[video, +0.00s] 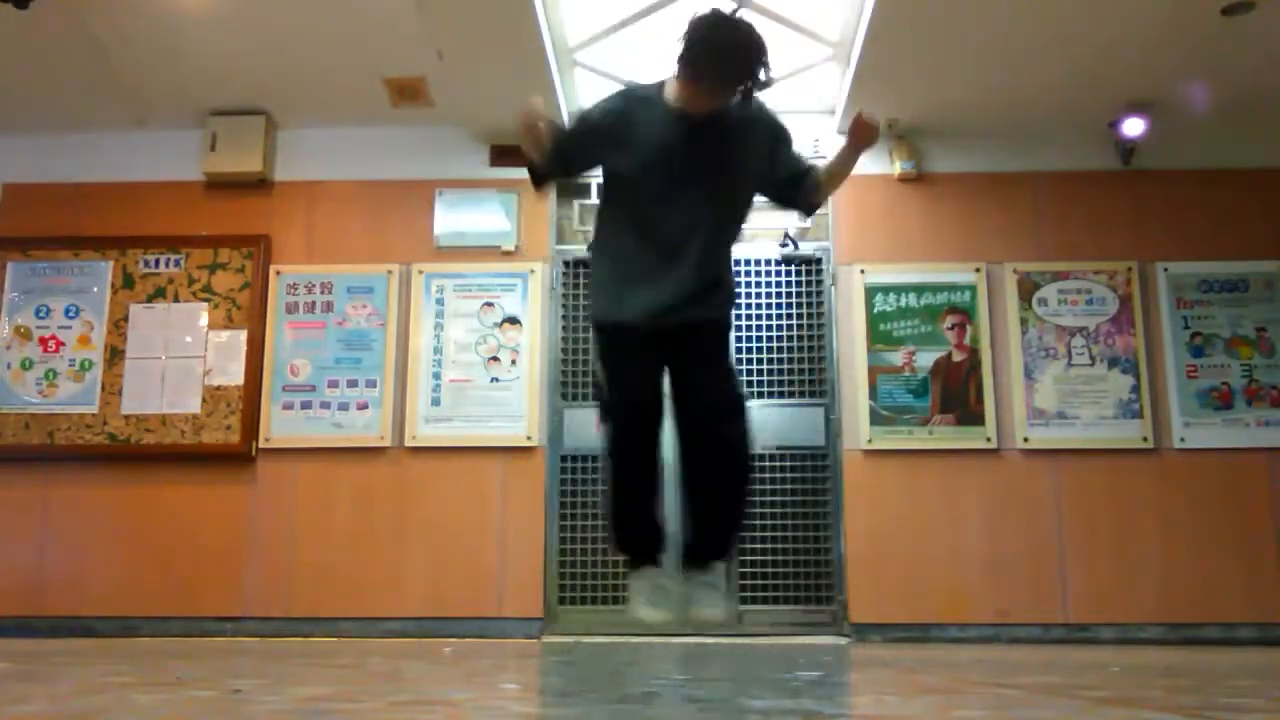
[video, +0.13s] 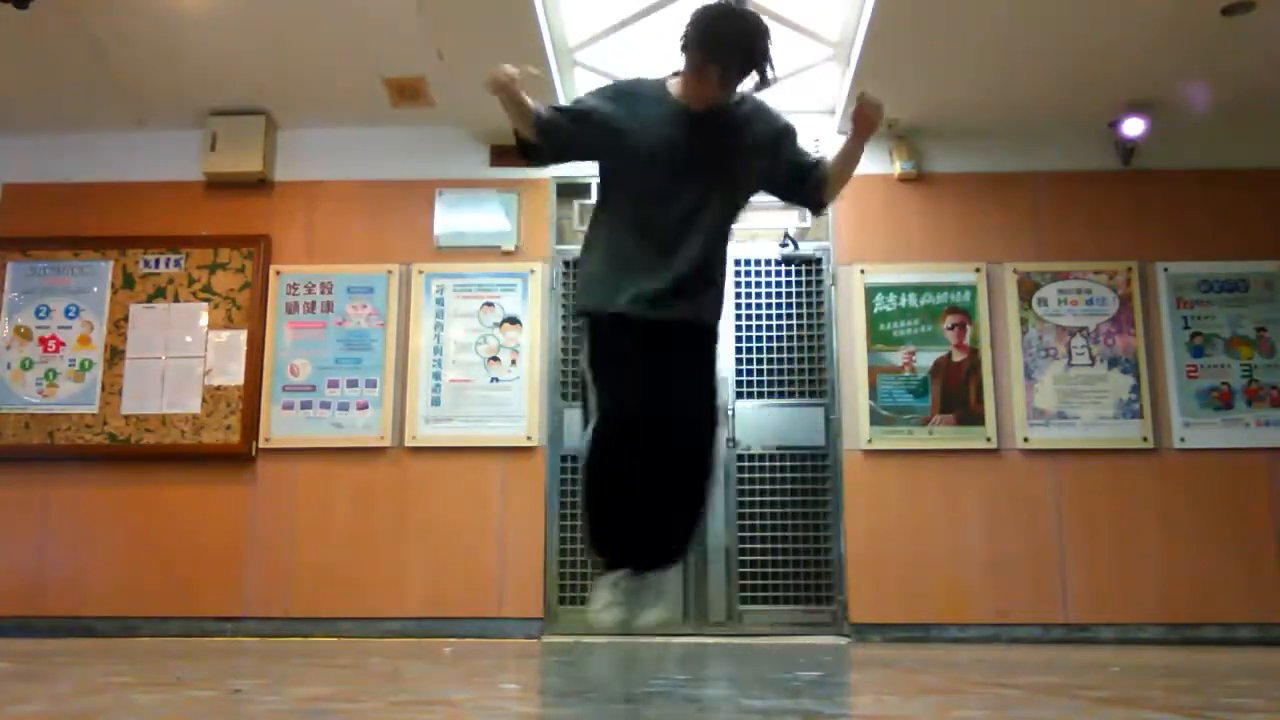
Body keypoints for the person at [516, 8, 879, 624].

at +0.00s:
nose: (711, 99)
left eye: (724, 89)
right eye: (709, 85)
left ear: (740, 84)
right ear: (693, 68)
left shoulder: (752, 128)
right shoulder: (629, 112)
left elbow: (807, 192)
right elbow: (555, 161)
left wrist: (851, 150)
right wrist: (537, 136)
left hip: (702, 310)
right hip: (624, 309)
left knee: (717, 433)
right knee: (633, 435)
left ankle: (706, 569)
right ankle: (643, 570)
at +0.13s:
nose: (718, 92)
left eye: (731, 80)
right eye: (713, 76)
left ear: (745, 73)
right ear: (690, 56)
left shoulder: (755, 128)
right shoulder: (629, 104)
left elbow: (817, 190)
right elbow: (546, 136)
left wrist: (856, 140)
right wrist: (515, 100)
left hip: (693, 304)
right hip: (615, 295)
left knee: (687, 435)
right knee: (624, 426)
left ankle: (656, 573)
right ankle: (612, 572)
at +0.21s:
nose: (701, 94)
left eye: (716, 84)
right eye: (696, 77)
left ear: (742, 87)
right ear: (684, 69)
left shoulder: (757, 155)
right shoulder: (632, 127)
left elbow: (836, 207)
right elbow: (538, 136)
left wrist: (857, 140)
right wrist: (495, 85)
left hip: (684, 330)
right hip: (607, 314)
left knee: (668, 460)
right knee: (607, 446)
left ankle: (627, 595)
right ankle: (579, 593)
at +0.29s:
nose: (710, 106)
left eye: (725, 95)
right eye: (702, 91)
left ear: (745, 104)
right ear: (685, 91)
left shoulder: (761, 183)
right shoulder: (628, 154)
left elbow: (844, 233)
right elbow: (547, 151)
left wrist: (854, 151)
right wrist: (497, 90)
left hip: (679, 365)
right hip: (604, 347)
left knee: (656, 492)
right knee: (594, 475)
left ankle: (622, 602)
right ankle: (582, 605)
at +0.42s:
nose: (703, 97)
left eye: (717, 85)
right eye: (694, 82)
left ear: (736, 81)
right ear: (678, 72)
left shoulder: (757, 143)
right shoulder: (631, 133)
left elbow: (828, 195)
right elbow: (543, 146)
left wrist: (856, 144)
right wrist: (517, 88)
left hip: (712, 335)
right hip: (638, 329)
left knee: (686, 464)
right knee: (632, 451)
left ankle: (642, 591)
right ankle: (601, 584)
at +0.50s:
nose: (721, 70)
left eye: (733, 55)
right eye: (712, 55)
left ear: (745, 49)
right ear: (687, 44)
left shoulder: (764, 103)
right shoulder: (637, 118)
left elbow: (819, 156)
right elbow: (561, 170)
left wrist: (874, 129)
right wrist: (530, 121)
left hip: (753, 304)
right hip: (679, 310)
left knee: (744, 439)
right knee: (685, 436)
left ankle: (718, 574)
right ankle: (669, 568)